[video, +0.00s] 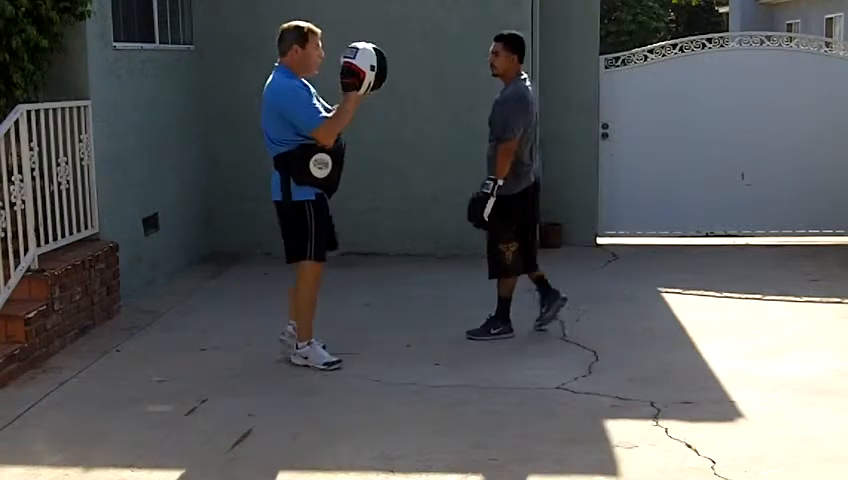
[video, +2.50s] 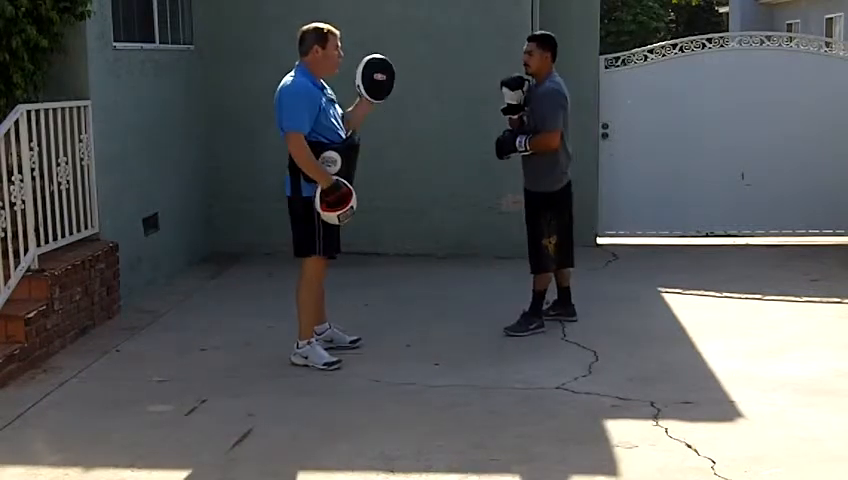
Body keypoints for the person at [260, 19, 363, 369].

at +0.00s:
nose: (323, 54)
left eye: (321, 47)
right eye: (318, 47)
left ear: (294, 52)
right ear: (296, 51)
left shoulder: (292, 83)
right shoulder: (287, 89)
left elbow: (330, 123)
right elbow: (326, 136)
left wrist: (353, 96)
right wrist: (351, 97)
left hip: (302, 189)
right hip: (297, 192)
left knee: (309, 262)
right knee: (312, 265)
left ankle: (295, 330)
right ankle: (305, 345)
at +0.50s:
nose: (330, 51)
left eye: (329, 45)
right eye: (325, 45)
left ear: (306, 51)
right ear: (305, 51)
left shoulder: (309, 82)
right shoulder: (288, 89)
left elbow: (328, 119)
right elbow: (298, 145)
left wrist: (357, 116)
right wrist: (344, 132)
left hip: (318, 186)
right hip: (301, 190)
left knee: (321, 260)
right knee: (311, 262)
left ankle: (320, 329)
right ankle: (304, 345)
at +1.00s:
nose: (345, 52)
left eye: (343, 46)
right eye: (341, 46)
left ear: (313, 50)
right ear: (325, 48)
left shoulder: (294, 82)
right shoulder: (316, 81)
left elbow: (282, 131)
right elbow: (306, 127)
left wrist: (303, 154)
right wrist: (317, 159)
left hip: (306, 190)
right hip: (318, 192)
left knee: (314, 261)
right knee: (319, 262)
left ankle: (318, 329)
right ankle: (305, 344)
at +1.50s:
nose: (341, 51)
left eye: (339, 45)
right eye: (337, 45)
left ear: (311, 52)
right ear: (320, 50)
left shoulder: (283, 88)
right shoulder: (331, 80)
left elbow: (271, 140)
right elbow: (380, 89)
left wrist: (308, 155)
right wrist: (422, 74)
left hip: (300, 188)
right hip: (323, 189)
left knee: (314, 260)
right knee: (321, 261)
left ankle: (318, 329)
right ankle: (305, 345)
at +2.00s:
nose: (343, 53)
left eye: (342, 47)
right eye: (339, 47)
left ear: (314, 52)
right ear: (319, 50)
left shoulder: (291, 85)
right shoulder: (323, 85)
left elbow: (282, 140)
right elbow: (346, 135)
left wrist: (325, 147)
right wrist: (381, 155)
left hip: (305, 187)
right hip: (320, 190)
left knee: (317, 260)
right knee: (318, 262)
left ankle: (320, 329)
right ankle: (305, 345)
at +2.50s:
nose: (341, 55)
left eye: (340, 49)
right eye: (336, 48)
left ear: (318, 52)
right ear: (317, 52)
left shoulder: (316, 85)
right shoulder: (297, 88)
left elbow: (341, 129)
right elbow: (296, 145)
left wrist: (367, 99)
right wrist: (326, 181)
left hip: (322, 187)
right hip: (307, 191)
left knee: (320, 260)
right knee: (314, 262)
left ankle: (319, 329)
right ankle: (304, 344)